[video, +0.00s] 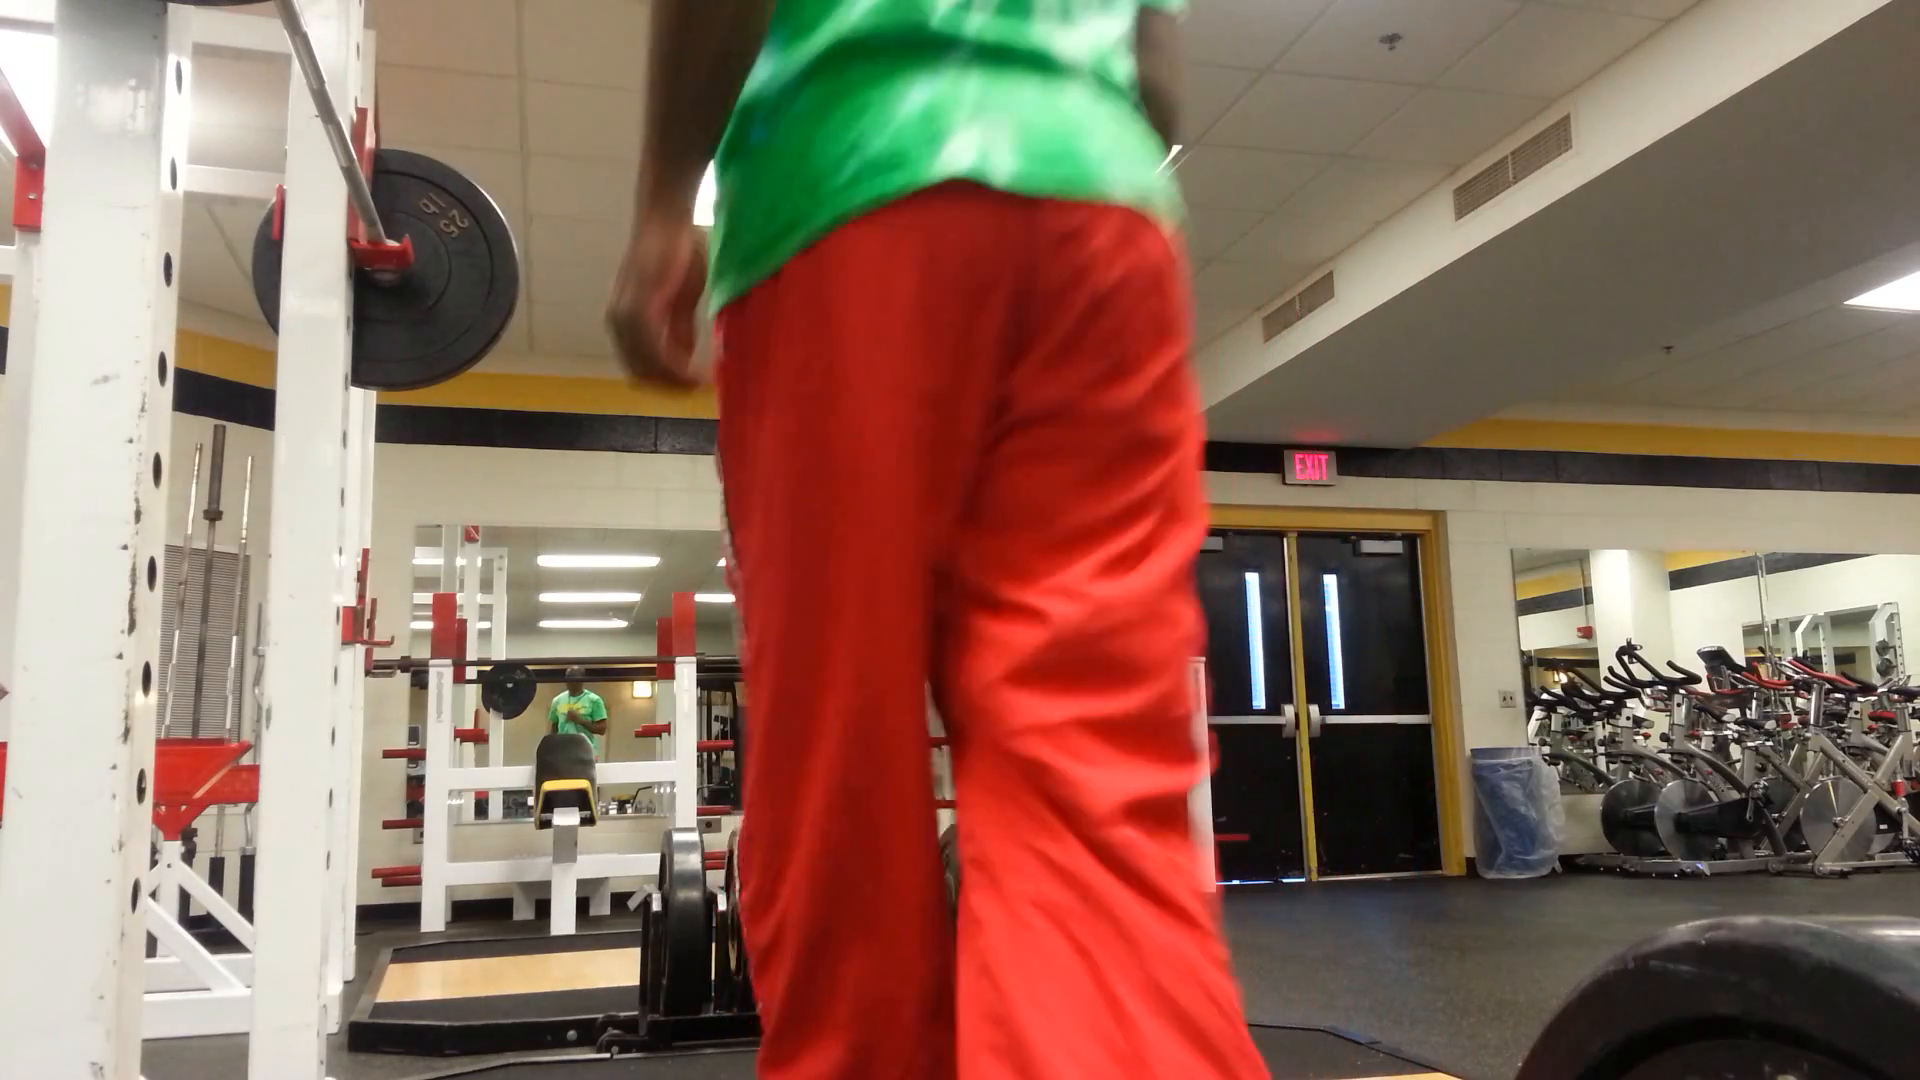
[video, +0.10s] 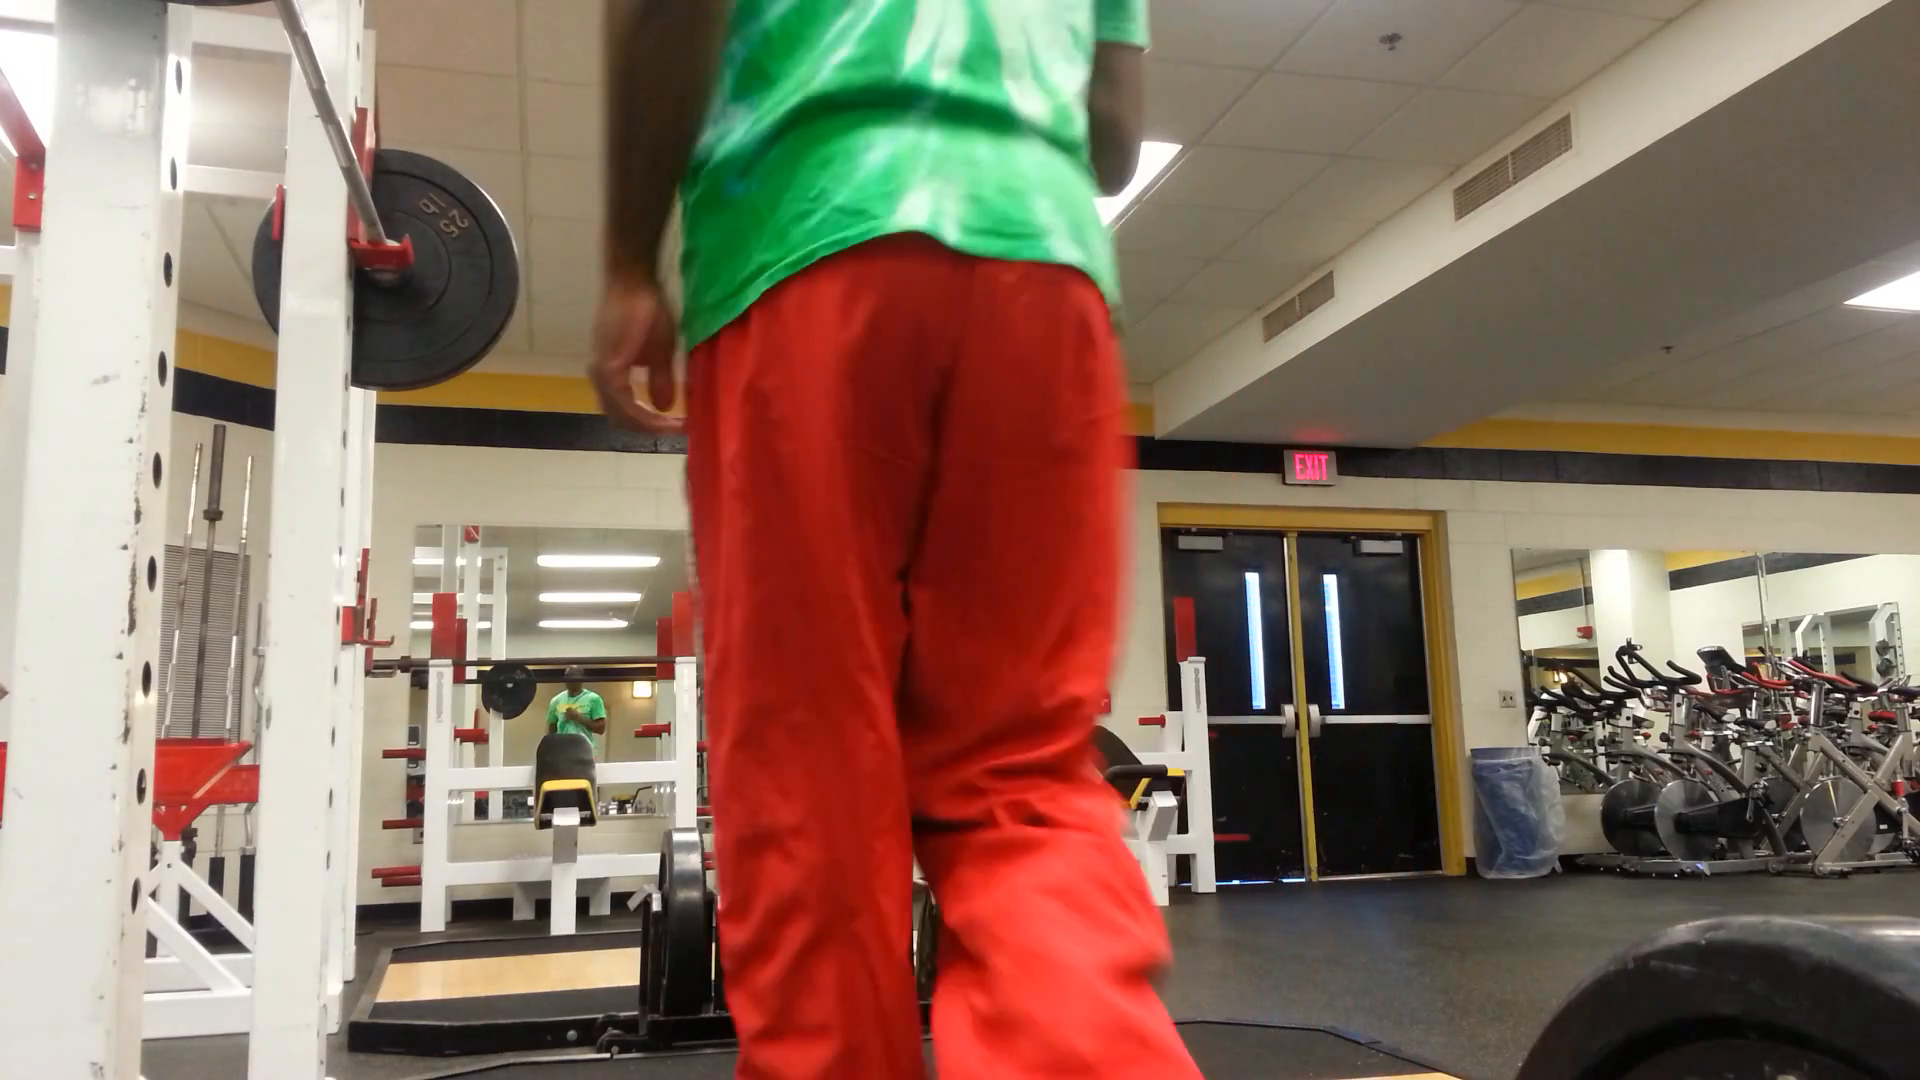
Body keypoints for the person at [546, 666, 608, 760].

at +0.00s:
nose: (571, 685)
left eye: (574, 681)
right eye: (568, 681)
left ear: (581, 681)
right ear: (566, 681)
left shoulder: (594, 700)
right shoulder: (558, 701)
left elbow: (601, 729)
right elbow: (554, 728)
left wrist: (579, 720)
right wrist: (552, 749)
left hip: (587, 751)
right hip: (563, 751)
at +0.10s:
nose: (572, 685)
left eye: (575, 681)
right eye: (569, 681)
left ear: (581, 681)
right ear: (565, 682)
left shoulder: (594, 699)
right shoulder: (556, 701)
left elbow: (600, 728)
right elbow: (552, 730)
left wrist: (577, 718)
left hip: (586, 751)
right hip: (563, 752)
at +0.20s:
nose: (570, 683)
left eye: (574, 680)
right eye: (568, 679)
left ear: (581, 679)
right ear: (565, 679)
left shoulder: (594, 697)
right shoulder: (556, 698)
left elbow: (601, 726)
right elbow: (549, 726)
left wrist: (579, 716)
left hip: (584, 749)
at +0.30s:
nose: (569, 674)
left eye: (572, 671)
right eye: (567, 671)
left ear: (581, 674)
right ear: (564, 674)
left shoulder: (595, 696)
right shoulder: (556, 696)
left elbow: (603, 724)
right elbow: (548, 723)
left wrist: (585, 718)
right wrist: (546, 743)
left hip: (585, 749)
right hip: (560, 748)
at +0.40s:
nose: (568, 675)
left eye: (572, 671)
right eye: (567, 672)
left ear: (582, 674)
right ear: (564, 674)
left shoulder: (596, 697)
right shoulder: (557, 697)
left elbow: (604, 725)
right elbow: (550, 724)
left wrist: (587, 723)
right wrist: (547, 744)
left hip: (586, 750)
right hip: (561, 750)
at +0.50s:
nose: (568, 676)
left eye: (572, 672)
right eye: (567, 672)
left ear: (583, 674)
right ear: (565, 674)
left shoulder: (596, 698)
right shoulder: (559, 698)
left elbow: (604, 727)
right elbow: (556, 725)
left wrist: (582, 729)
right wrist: (547, 741)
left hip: (587, 752)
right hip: (564, 751)